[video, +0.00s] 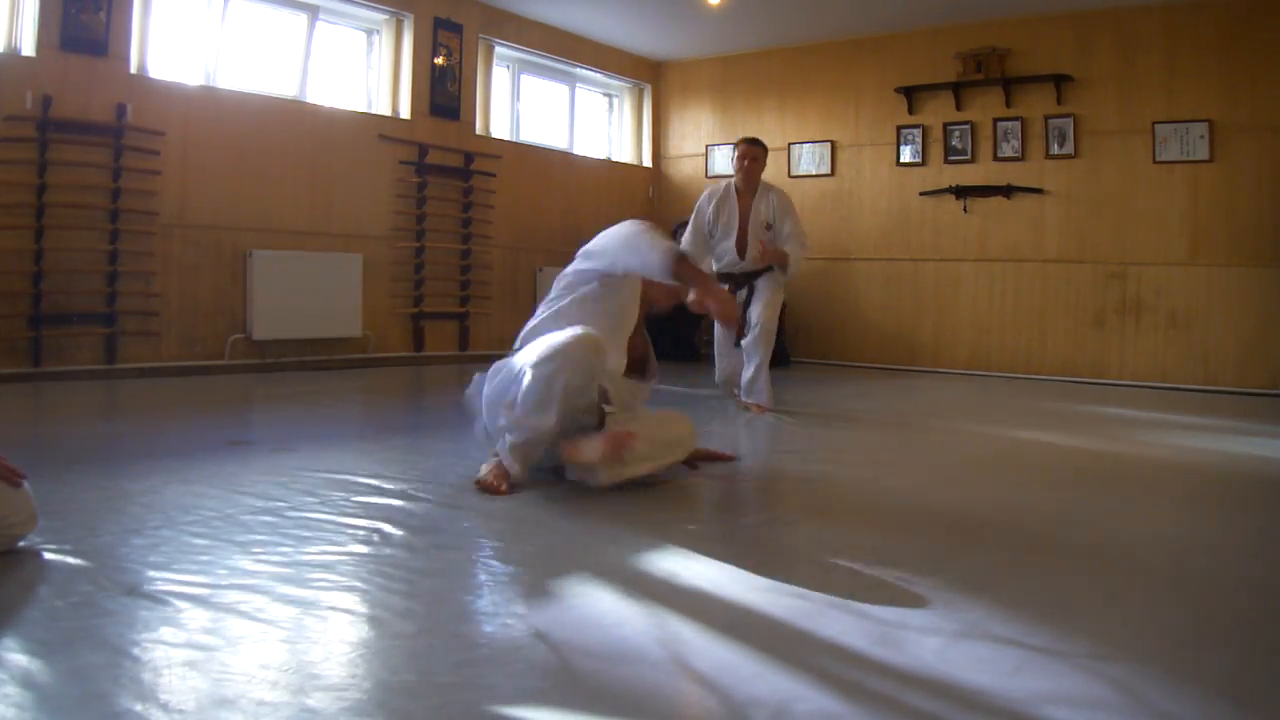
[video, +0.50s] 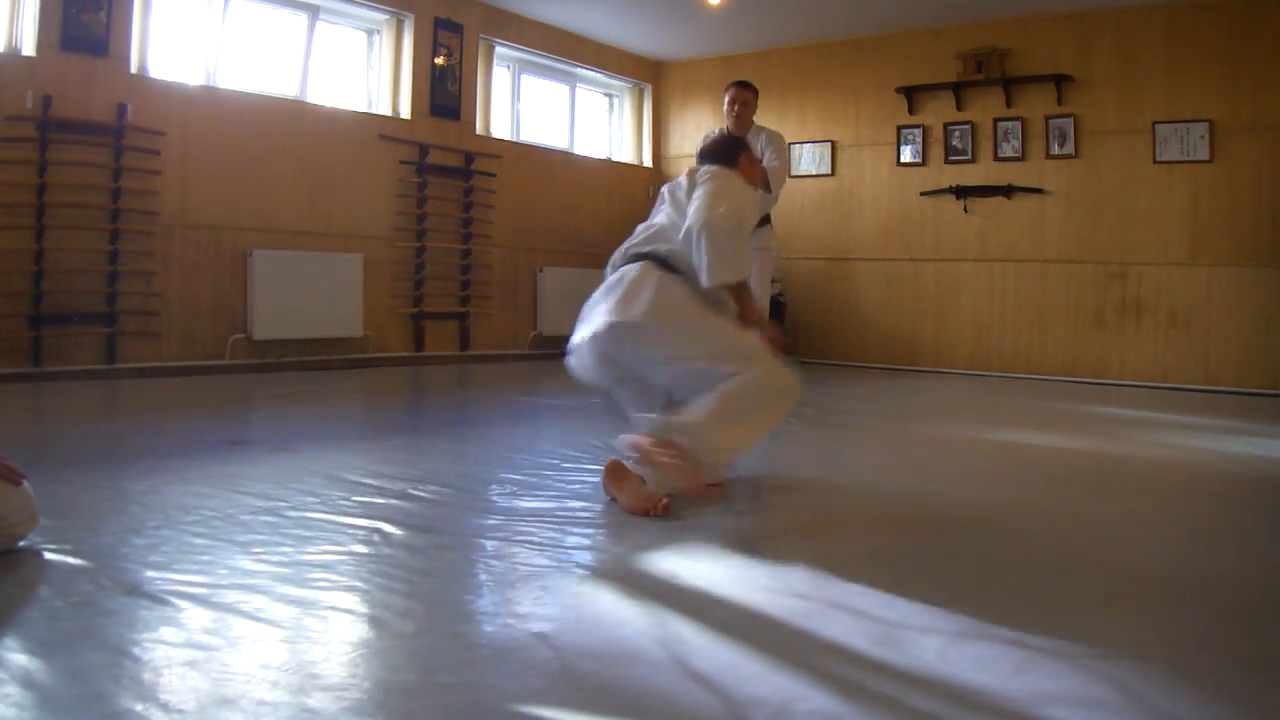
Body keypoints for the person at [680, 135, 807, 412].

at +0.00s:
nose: (745, 164)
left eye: (753, 160)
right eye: (741, 158)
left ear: (763, 165)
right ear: (734, 162)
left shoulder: (776, 199)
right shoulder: (713, 198)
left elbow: (796, 251)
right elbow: (691, 248)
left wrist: (778, 256)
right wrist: (695, 286)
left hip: (766, 274)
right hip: (725, 276)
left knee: (763, 320)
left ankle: (754, 394)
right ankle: (735, 386)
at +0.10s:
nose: (746, 146)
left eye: (754, 141)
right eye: (741, 140)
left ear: (765, 147)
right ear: (734, 144)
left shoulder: (777, 181)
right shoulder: (716, 180)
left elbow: (790, 229)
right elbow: (703, 228)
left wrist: (760, 224)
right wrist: (709, 269)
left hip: (765, 262)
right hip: (724, 263)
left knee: (759, 323)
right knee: (720, 353)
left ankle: (755, 395)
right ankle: (739, 380)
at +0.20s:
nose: (747, 127)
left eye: (754, 123)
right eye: (742, 122)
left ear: (764, 129)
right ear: (733, 125)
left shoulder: (777, 160)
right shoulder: (716, 162)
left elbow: (785, 202)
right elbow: (709, 207)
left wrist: (756, 196)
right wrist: (733, 243)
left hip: (763, 246)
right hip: (724, 245)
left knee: (757, 316)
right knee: (716, 311)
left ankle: (757, 395)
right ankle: (736, 382)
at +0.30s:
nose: (744, 115)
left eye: (752, 111)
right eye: (739, 109)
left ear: (762, 116)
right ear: (731, 112)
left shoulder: (775, 148)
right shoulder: (715, 148)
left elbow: (781, 188)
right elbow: (710, 198)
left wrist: (748, 175)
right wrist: (741, 219)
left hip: (760, 240)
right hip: (722, 240)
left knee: (755, 317)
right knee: (720, 312)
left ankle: (755, 394)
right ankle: (723, 385)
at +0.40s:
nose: (739, 109)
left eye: (747, 104)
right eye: (734, 102)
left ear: (759, 109)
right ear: (726, 106)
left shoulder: (773, 141)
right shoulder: (714, 142)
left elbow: (779, 181)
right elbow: (704, 183)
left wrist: (750, 167)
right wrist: (738, 209)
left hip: (758, 234)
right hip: (719, 233)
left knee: (754, 312)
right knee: (717, 309)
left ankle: (755, 393)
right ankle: (719, 386)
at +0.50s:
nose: (736, 108)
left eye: (744, 104)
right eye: (731, 102)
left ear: (755, 109)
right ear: (724, 105)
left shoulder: (770, 139)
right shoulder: (712, 140)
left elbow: (775, 179)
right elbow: (698, 176)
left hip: (756, 229)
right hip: (715, 228)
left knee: (756, 303)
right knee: (716, 301)